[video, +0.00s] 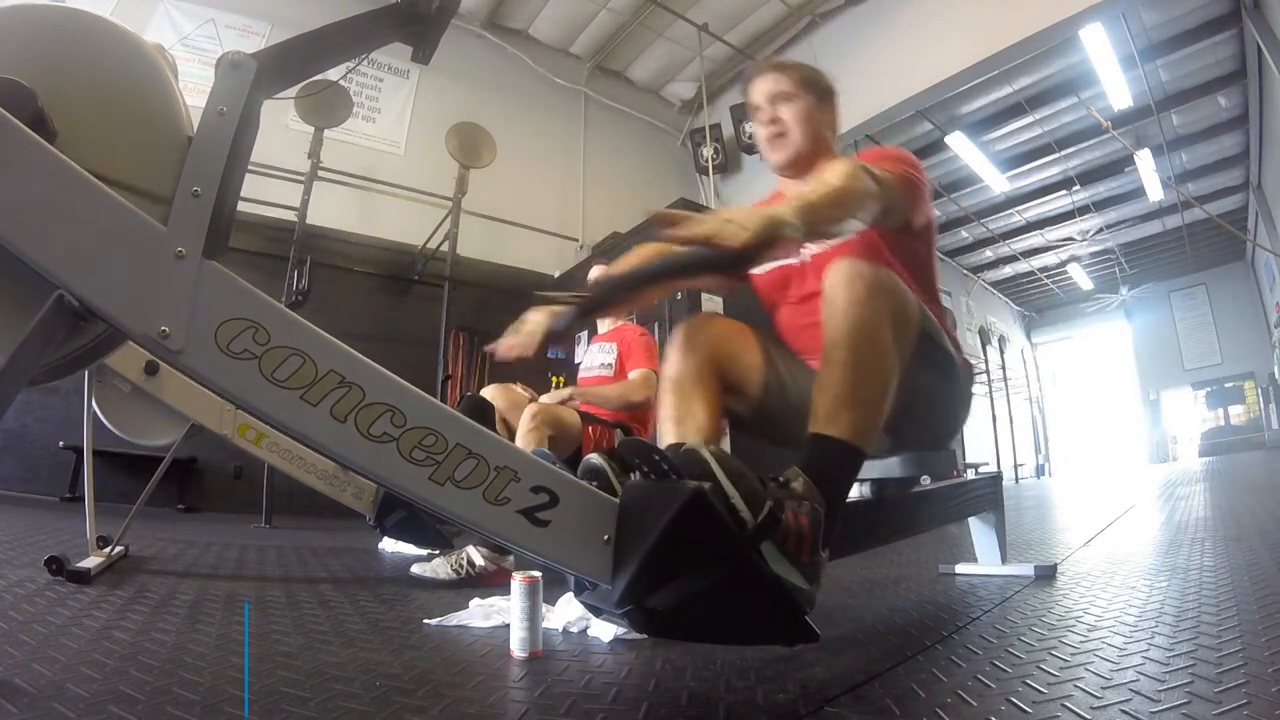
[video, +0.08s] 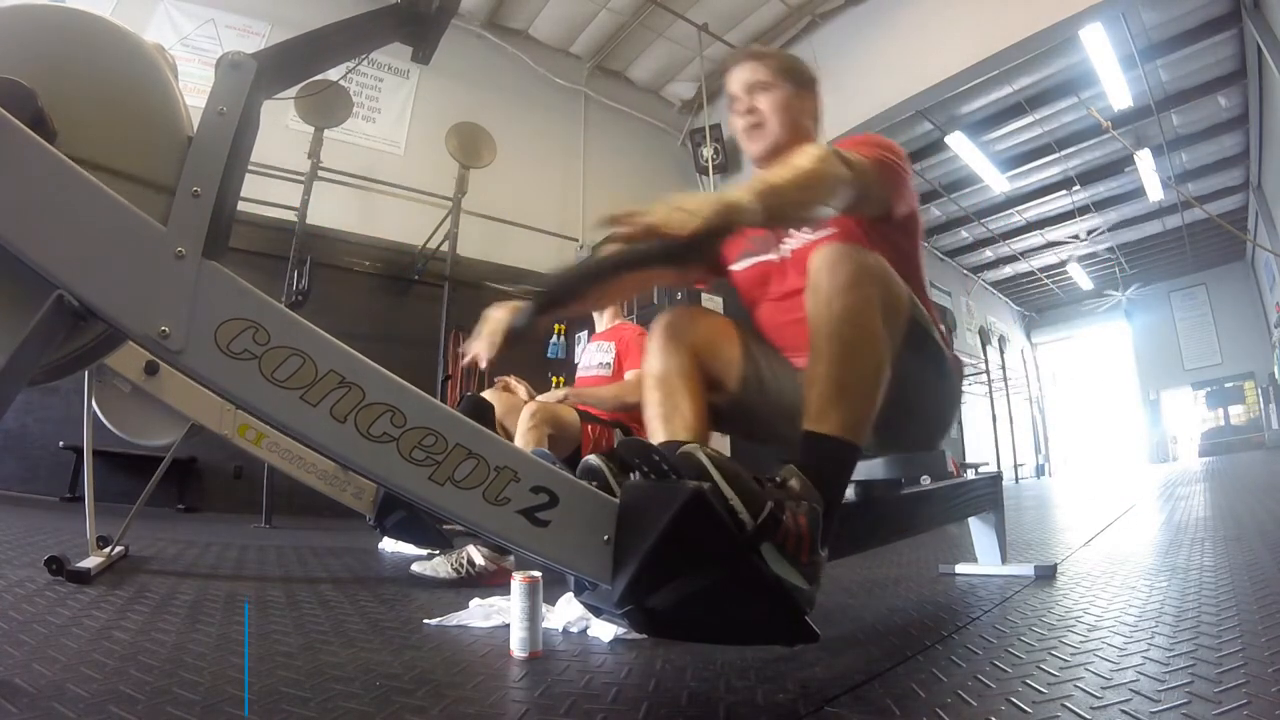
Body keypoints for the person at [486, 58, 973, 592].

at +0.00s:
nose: (767, 119)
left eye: (782, 101)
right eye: (755, 113)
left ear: (828, 109)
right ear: (753, 137)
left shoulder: (888, 165)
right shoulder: (756, 222)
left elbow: (847, 198)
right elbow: (664, 264)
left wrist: (757, 226)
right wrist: (561, 311)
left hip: (918, 398)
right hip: (810, 400)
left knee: (857, 272)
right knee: (694, 334)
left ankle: (809, 512)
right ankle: (682, 505)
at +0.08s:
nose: (743, 108)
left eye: (759, 90)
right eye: (732, 103)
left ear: (808, 100)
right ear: (729, 128)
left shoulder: (873, 156)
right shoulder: (730, 226)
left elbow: (831, 178)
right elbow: (636, 272)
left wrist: (729, 206)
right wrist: (531, 309)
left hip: (903, 399)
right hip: (791, 401)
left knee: (841, 258)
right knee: (675, 326)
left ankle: (807, 507)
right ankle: (681, 500)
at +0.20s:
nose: (697, 90)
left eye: (716, 70)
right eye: (687, 85)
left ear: (774, 81)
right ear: (686, 111)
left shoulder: (835, 135)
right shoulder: (684, 206)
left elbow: (777, 159)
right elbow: (585, 261)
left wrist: (639, 187)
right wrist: (467, 304)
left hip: (878, 396)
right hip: (759, 405)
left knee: (806, 237)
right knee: (637, 312)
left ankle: (805, 508)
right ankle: (667, 506)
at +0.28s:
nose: (678, 82)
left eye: (698, 62)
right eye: (668, 75)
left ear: (759, 75)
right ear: (666, 101)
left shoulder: (820, 128)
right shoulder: (663, 202)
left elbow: (754, 151)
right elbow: (556, 261)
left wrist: (601, 182)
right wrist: (433, 303)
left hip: (864, 392)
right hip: (743, 402)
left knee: (793, 229)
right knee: (618, 309)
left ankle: (804, 509)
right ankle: (665, 515)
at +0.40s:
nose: (653, 74)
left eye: (673, 54)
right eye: (646, 67)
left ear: (739, 70)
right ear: (645, 92)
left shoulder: (800, 118)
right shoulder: (641, 194)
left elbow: (731, 144)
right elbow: (547, 250)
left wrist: (558, 174)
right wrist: (420, 306)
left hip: (855, 391)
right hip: (732, 403)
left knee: (777, 224)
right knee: (604, 305)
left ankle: (800, 504)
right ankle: (662, 501)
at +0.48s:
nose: (654, 76)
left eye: (673, 57)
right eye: (647, 69)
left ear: (738, 71)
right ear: (646, 94)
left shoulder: (800, 119)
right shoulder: (641, 195)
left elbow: (730, 146)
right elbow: (549, 253)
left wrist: (566, 176)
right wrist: (423, 308)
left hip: (857, 391)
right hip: (732, 404)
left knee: (776, 224)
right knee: (607, 309)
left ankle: (800, 507)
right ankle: (665, 504)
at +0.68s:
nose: (713, 92)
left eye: (732, 76)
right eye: (703, 88)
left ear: (783, 90)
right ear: (699, 113)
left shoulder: (844, 138)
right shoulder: (692, 198)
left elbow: (796, 160)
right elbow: (609, 256)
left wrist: (666, 175)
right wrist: (507, 293)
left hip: (883, 395)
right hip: (767, 402)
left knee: (796, 244)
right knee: (635, 315)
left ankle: (801, 517)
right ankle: (674, 501)